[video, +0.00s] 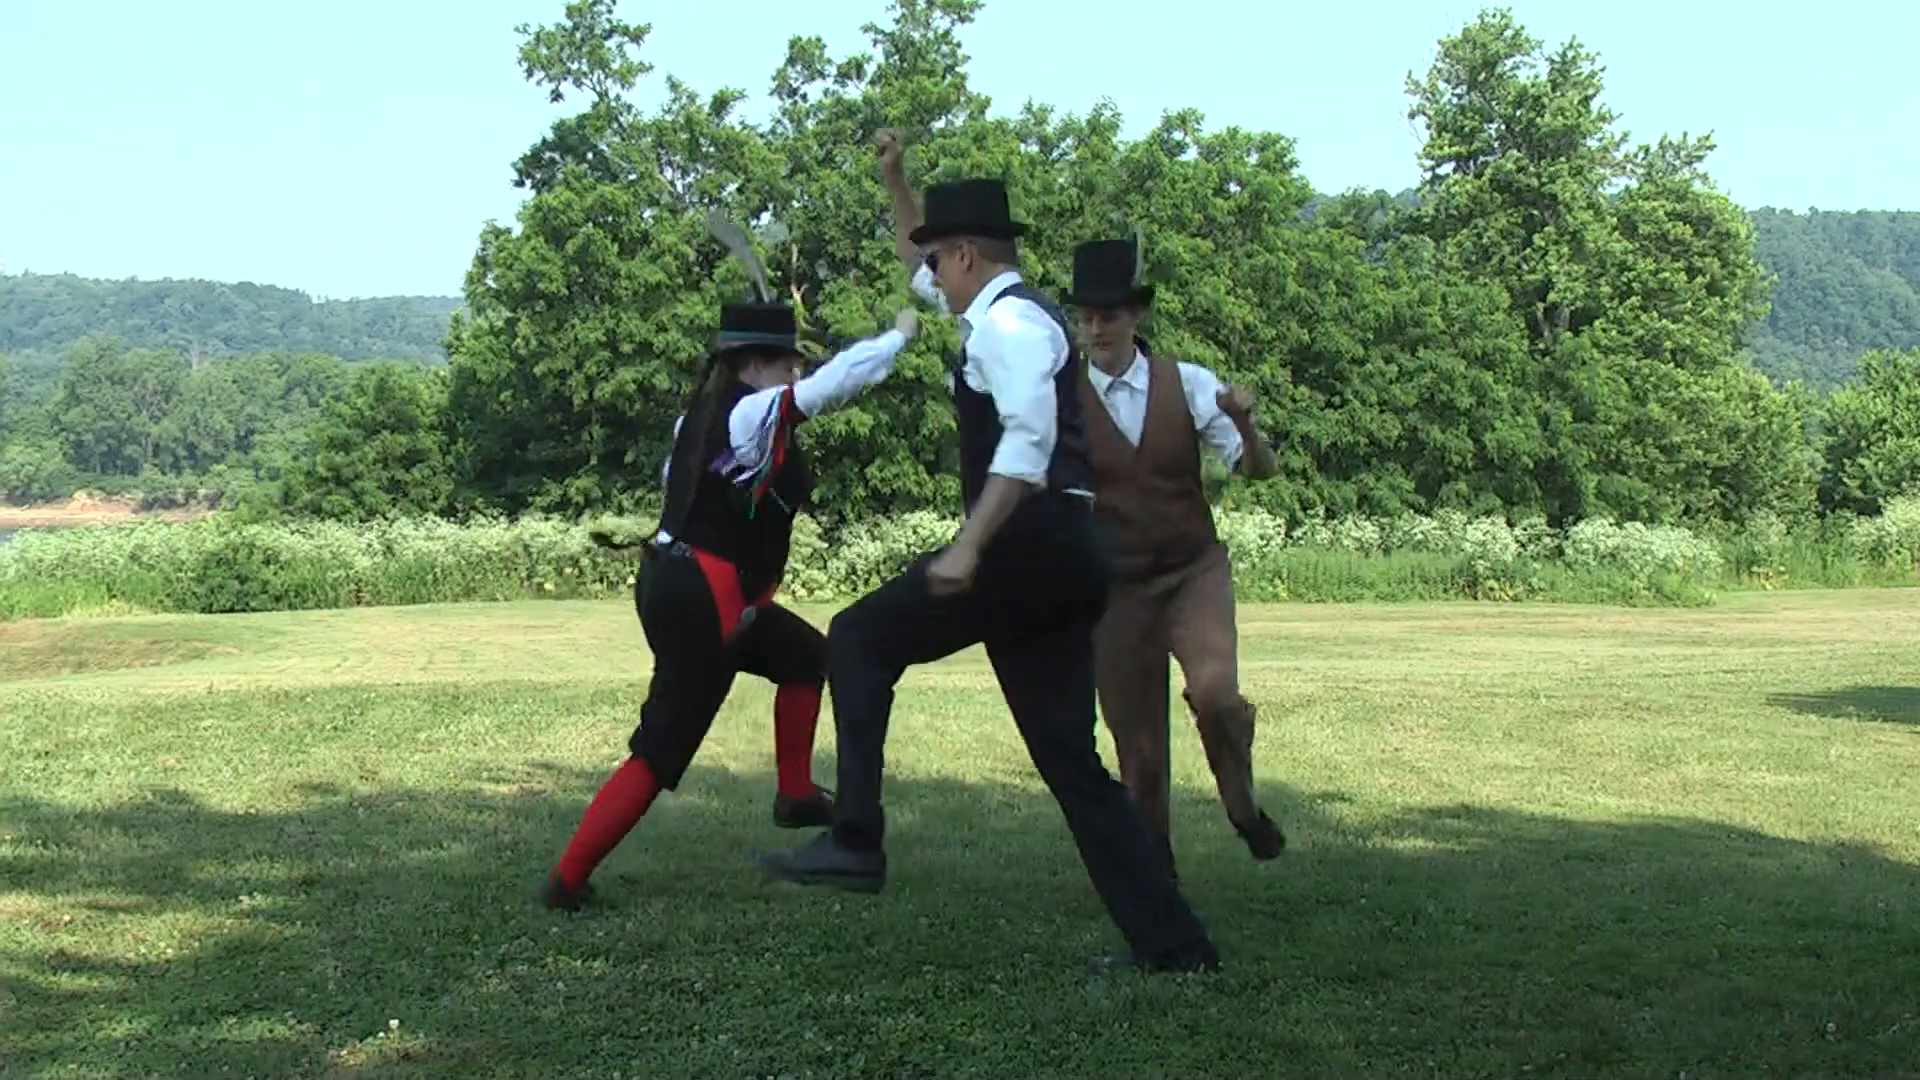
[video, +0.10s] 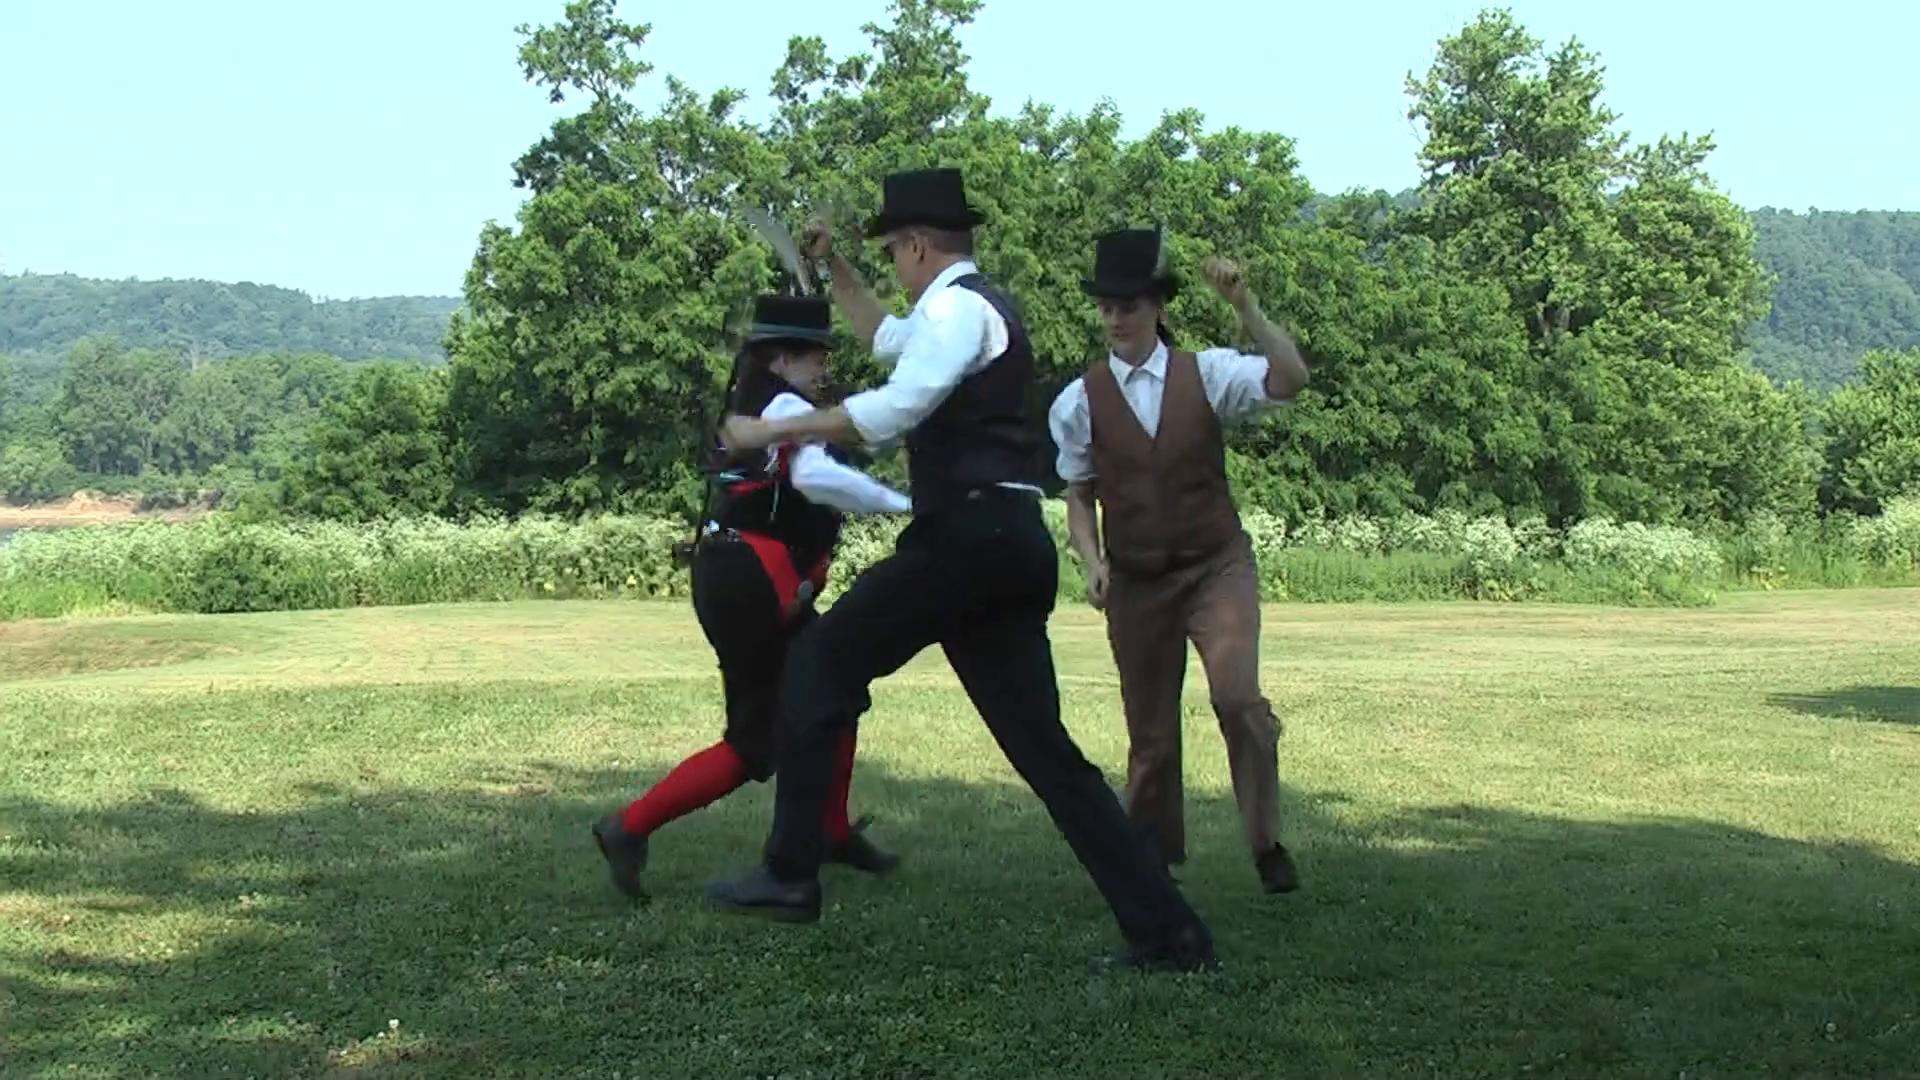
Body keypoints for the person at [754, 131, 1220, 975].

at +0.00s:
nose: (933, 269)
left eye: (936, 255)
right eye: (932, 259)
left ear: (969, 255)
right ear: (979, 253)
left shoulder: (1008, 322)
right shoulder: (1004, 311)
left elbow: (1028, 438)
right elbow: (923, 261)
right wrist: (895, 181)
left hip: (1024, 538)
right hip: (1055, 545)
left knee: (861, 635)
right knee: (1069, 759)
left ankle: (852, 840)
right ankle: (1172, 943)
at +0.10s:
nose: (890, 263)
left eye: (892, 248)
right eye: (887, 251)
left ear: (920, 244)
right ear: (951, 244)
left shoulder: (952, 306)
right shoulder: (981, 306)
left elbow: (900, 406)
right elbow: (883, 332)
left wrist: (773, 430)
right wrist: (831, 264)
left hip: (964, 537)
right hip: (1010, 541)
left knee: (821, 659)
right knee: (1042, 747)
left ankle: (789, 874)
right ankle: (1167, 930)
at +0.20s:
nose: (838, 263)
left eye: (842, 249)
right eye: (839, 250)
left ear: (863, 248)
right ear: (909, 246)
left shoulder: (890, 309)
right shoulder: (949, 313)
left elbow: (751, 335)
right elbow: (885, 421)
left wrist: (671, 277)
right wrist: (787, 409)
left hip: (889, 541)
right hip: (949, 542)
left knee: (797, 724)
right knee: (958, 749)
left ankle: (775, 935)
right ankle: (1123, 892)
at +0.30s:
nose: (791, 266)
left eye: (792, 255)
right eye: (794, 255)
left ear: (804, 257)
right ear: (871, 257)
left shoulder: (796, 322)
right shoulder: (912, 348)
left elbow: (672, 265)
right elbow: (925, 467)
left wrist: (634, 176)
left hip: (830, 551)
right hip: (904, 553)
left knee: (768, 736)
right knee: (854, 756)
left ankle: (772, 933)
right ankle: (1029, 838)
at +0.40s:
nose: (753, 239)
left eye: (755, 230)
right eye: (763, 230)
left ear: (761, 236)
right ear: (825, 234)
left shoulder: (744, 298)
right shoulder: (878, 327)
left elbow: (644, 217)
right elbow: (926, 455)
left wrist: (629, 116)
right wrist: (897, 556)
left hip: (783, 525)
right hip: (865, 531)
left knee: (749, 729)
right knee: (782, 699)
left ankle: (769, 928)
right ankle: (902, 787)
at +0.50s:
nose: (731, 203)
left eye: (732, 194)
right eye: (746, 193)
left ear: (734, 201)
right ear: (802, 199)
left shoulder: (712, 264)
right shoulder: (853, 291)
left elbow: (630, 173)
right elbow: (911, 410)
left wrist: (627, 79)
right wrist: (899, 519)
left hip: (736, 496)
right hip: (828, 499)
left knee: (727, 690)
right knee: (756, 619)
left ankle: (751, 903)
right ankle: (809, 744)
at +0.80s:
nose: (749, 268)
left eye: (736, 257)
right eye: (747, 259)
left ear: (673, 267)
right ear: (740, 266)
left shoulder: (637, 318)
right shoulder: (772, 349)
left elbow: (594, 222)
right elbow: (816, 465)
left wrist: (620, 134)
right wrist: (813, 571)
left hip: (637, 548)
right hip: (731, 560)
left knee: (624, 734)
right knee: (710, 653)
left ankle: (615, 915)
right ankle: (676, 795)